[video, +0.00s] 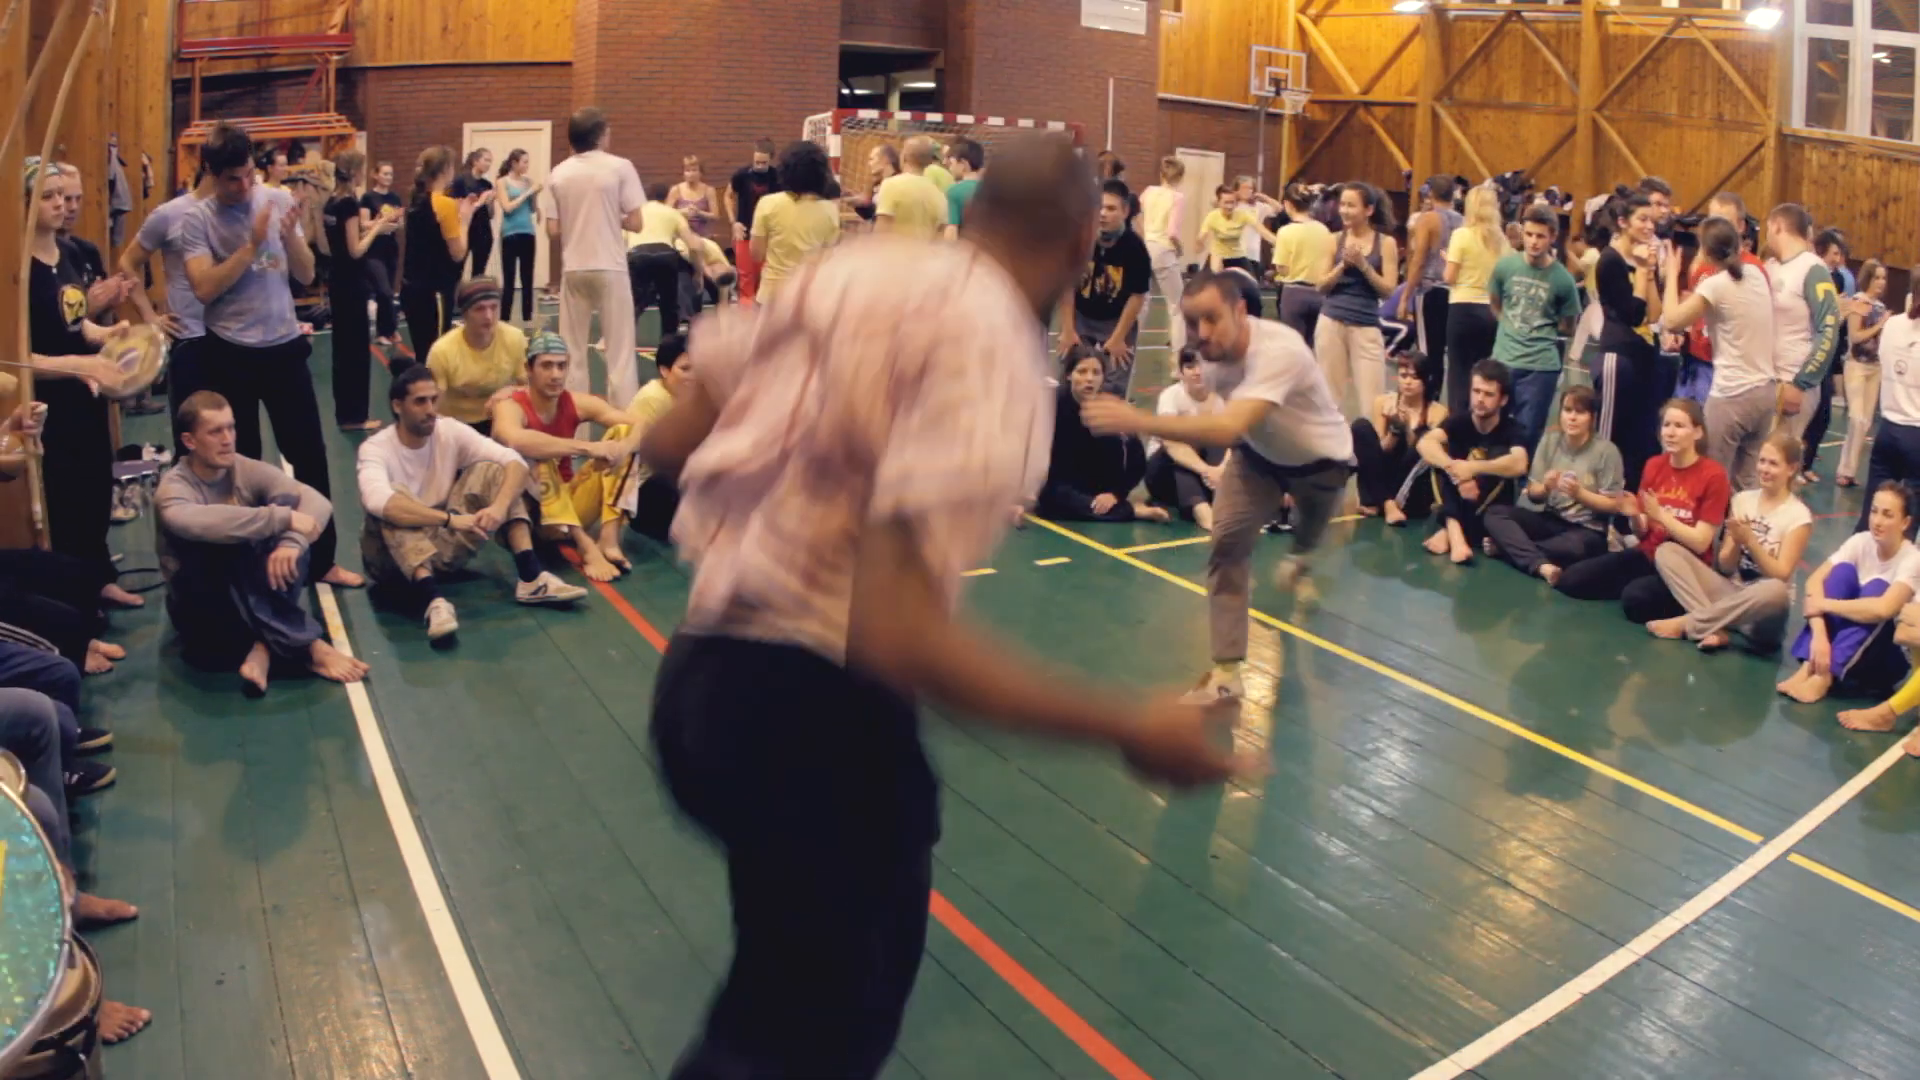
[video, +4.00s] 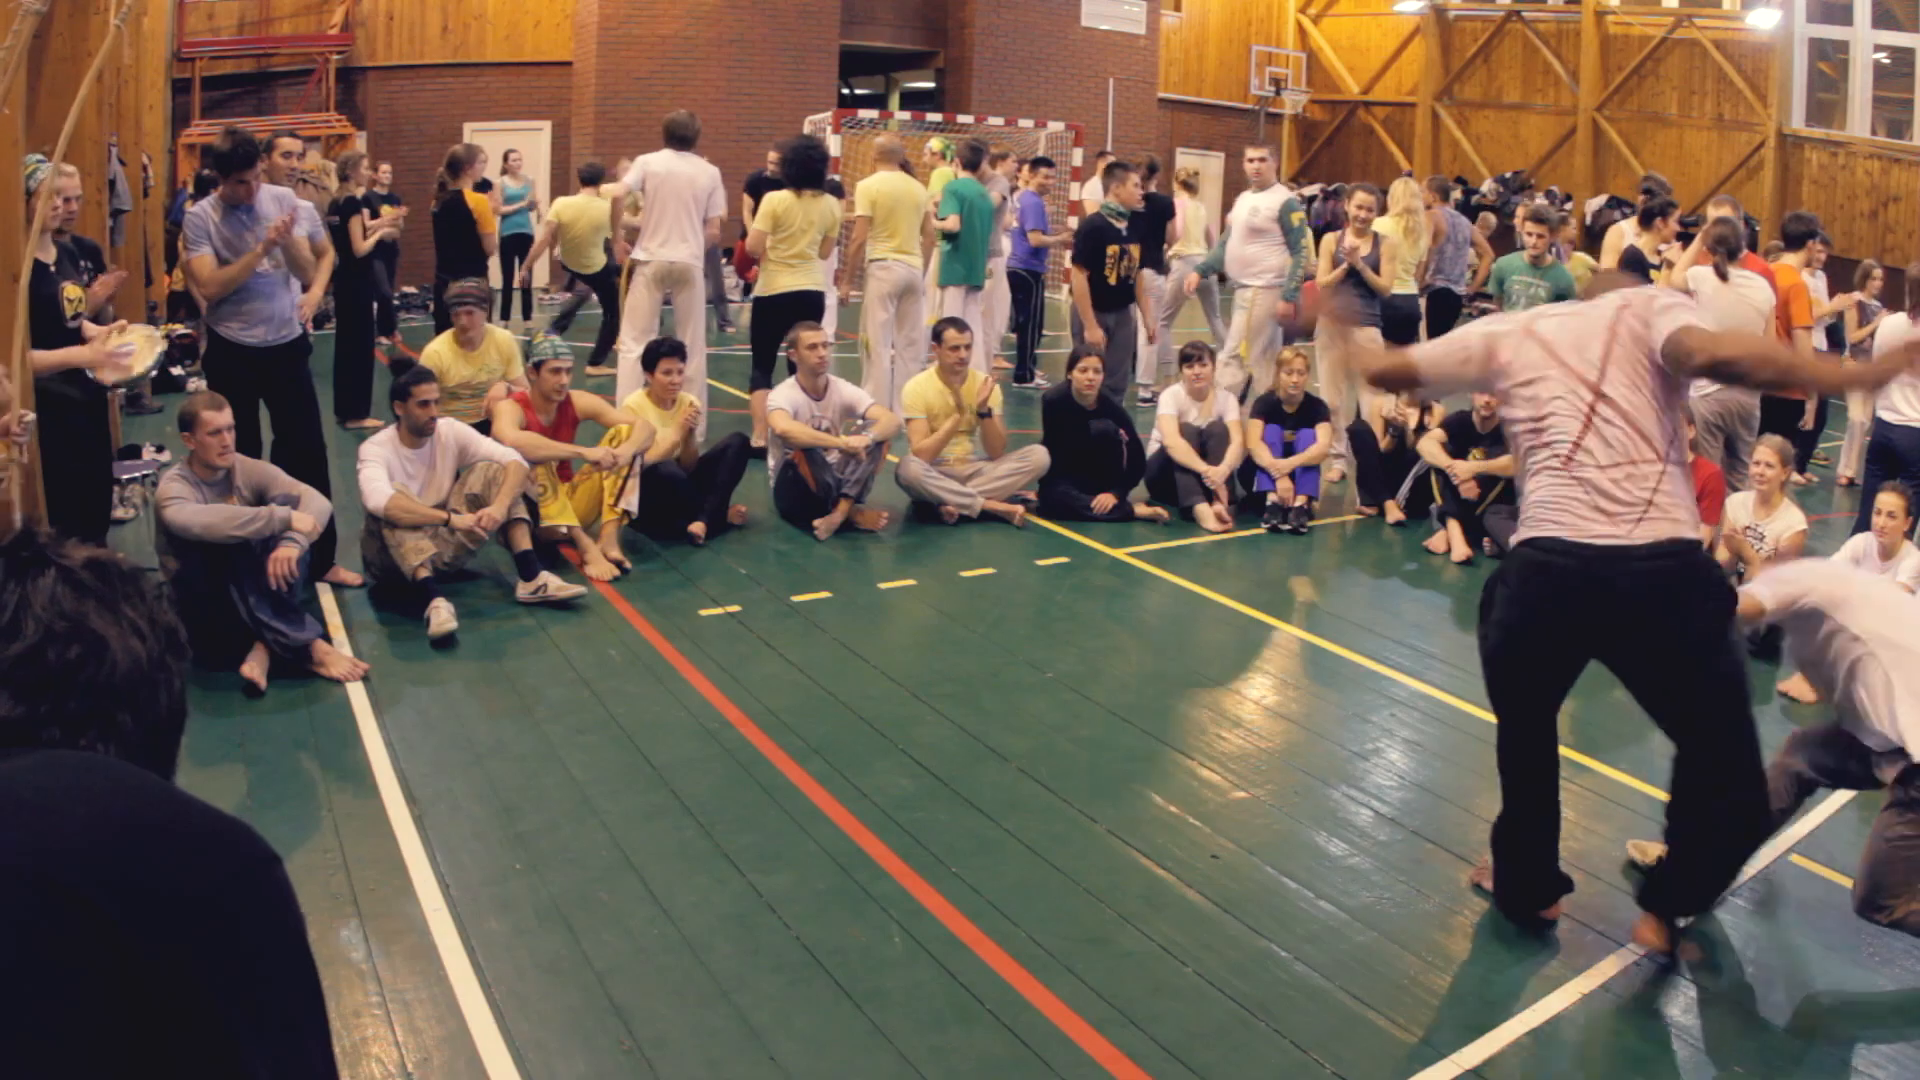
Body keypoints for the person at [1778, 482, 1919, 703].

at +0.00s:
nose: (1877, 521)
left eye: (1887, 515)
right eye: (1874, 512)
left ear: (1905, 523)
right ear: (1868, 512)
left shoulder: (1912, 559)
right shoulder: (1860, 542)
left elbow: (1885, 609)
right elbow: (1814, 581)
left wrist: (1822, 604)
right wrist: (1820, 638)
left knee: (1876, 586)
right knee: (1843, 571)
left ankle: (1824, 676)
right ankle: (1807, 666)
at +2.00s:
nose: (1876, 522)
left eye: (1886, 516)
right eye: (1874, 512)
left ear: (1905, 524)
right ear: (1869, 513)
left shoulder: (1912, 559)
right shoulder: (1860, 542)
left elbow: (1885, 610)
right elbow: (1815, 581)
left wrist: (1823, 604)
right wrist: (1820, 638)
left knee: (1877, 587)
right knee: (1843, 572)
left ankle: (1824, 676)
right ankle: (1807, 666)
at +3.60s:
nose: (1879, 523)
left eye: (1889, 516)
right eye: (1876, 513)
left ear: (1906, 524)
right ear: (1871, 515)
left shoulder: (1913, 558)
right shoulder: (1860, 541)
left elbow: (1888, 606)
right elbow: (1817, 579)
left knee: (1877, 586)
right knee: (1845, 572)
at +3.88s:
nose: (1880, 524)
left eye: (1891, 516)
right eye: (1877, 513)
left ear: (1907, 523)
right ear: (1871, 515)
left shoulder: (1912, 558)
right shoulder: (1860, 541)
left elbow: (1888, 606)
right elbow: (1814, 581)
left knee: (1876, 586)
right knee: (1844, 572)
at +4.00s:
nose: (1881, 523)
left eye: (1891, 516)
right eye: (1877, 513)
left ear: (1907, 524)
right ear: (1871, 515)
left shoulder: (1913, 560)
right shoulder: (1860, 543)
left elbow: (1890, 605)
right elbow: (1826, 575)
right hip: (1853, 620)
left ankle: (1817, 678)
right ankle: (1809, 673)